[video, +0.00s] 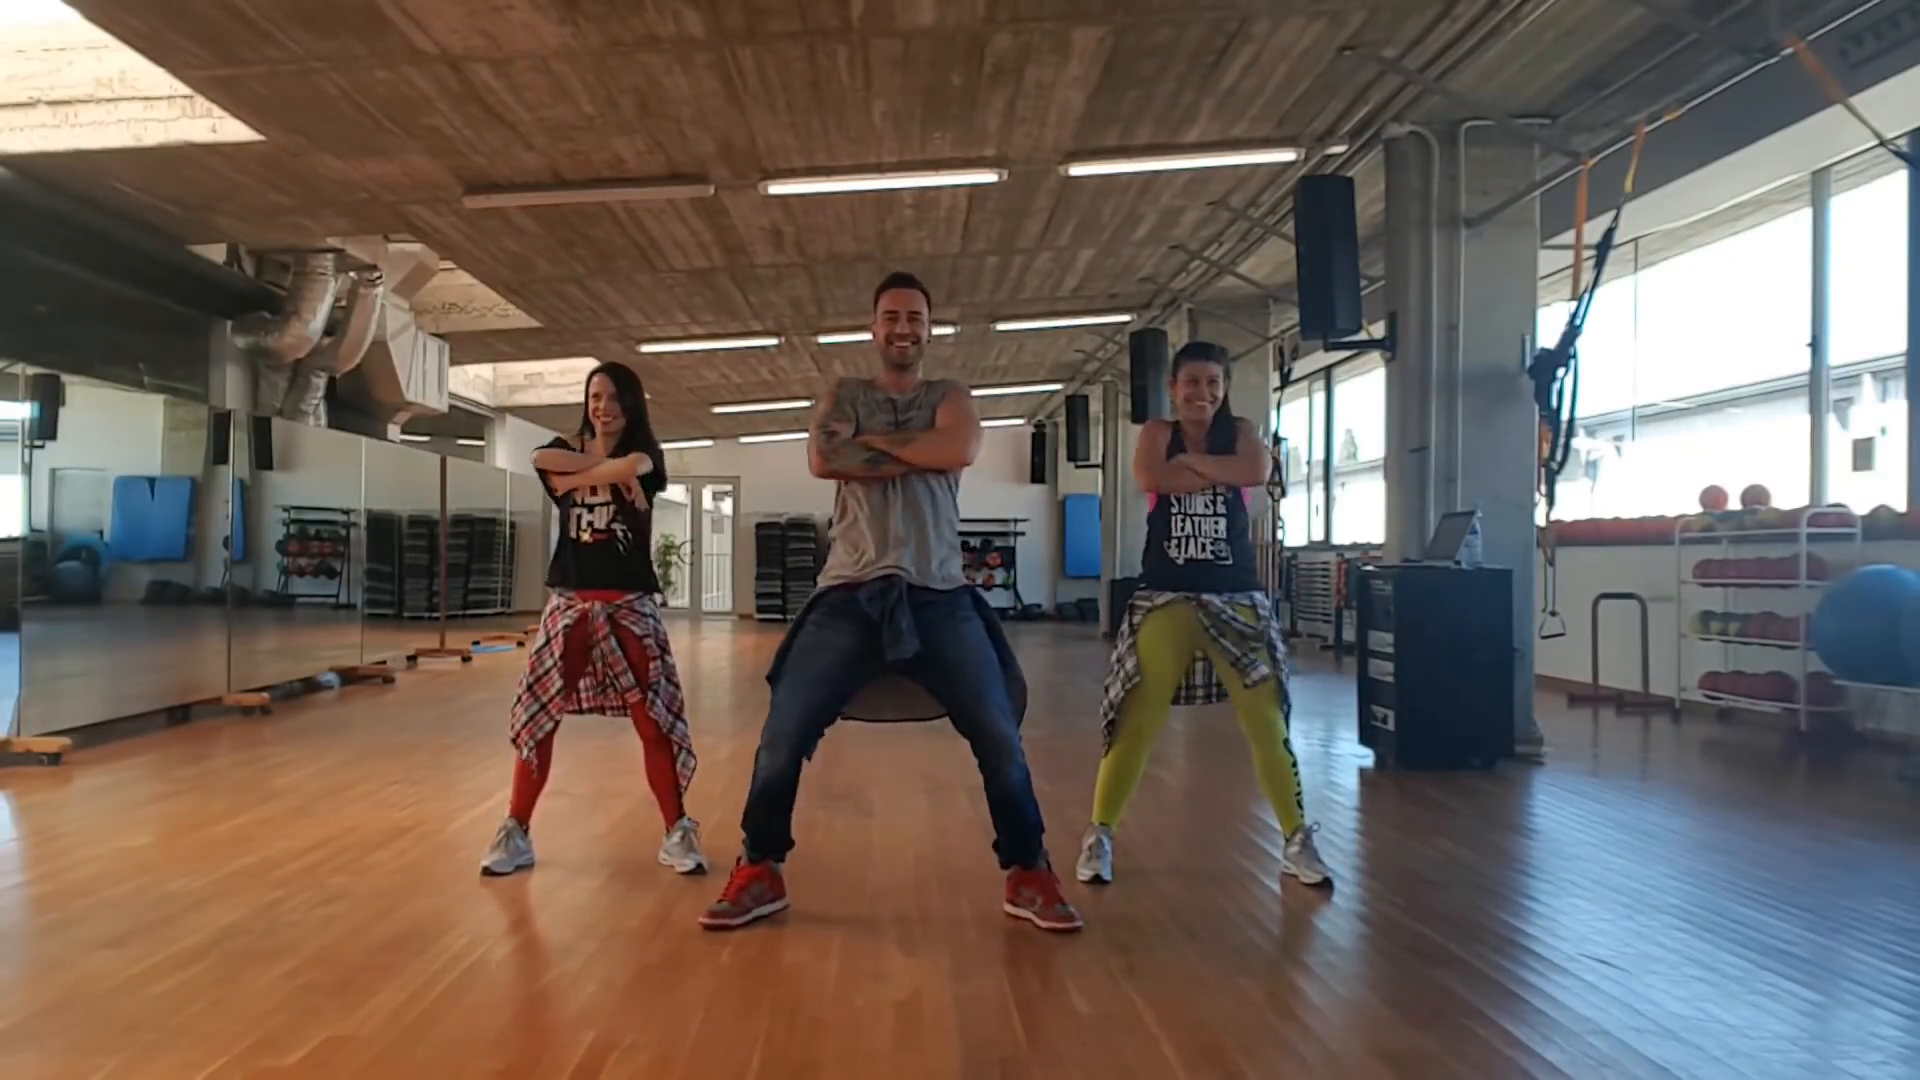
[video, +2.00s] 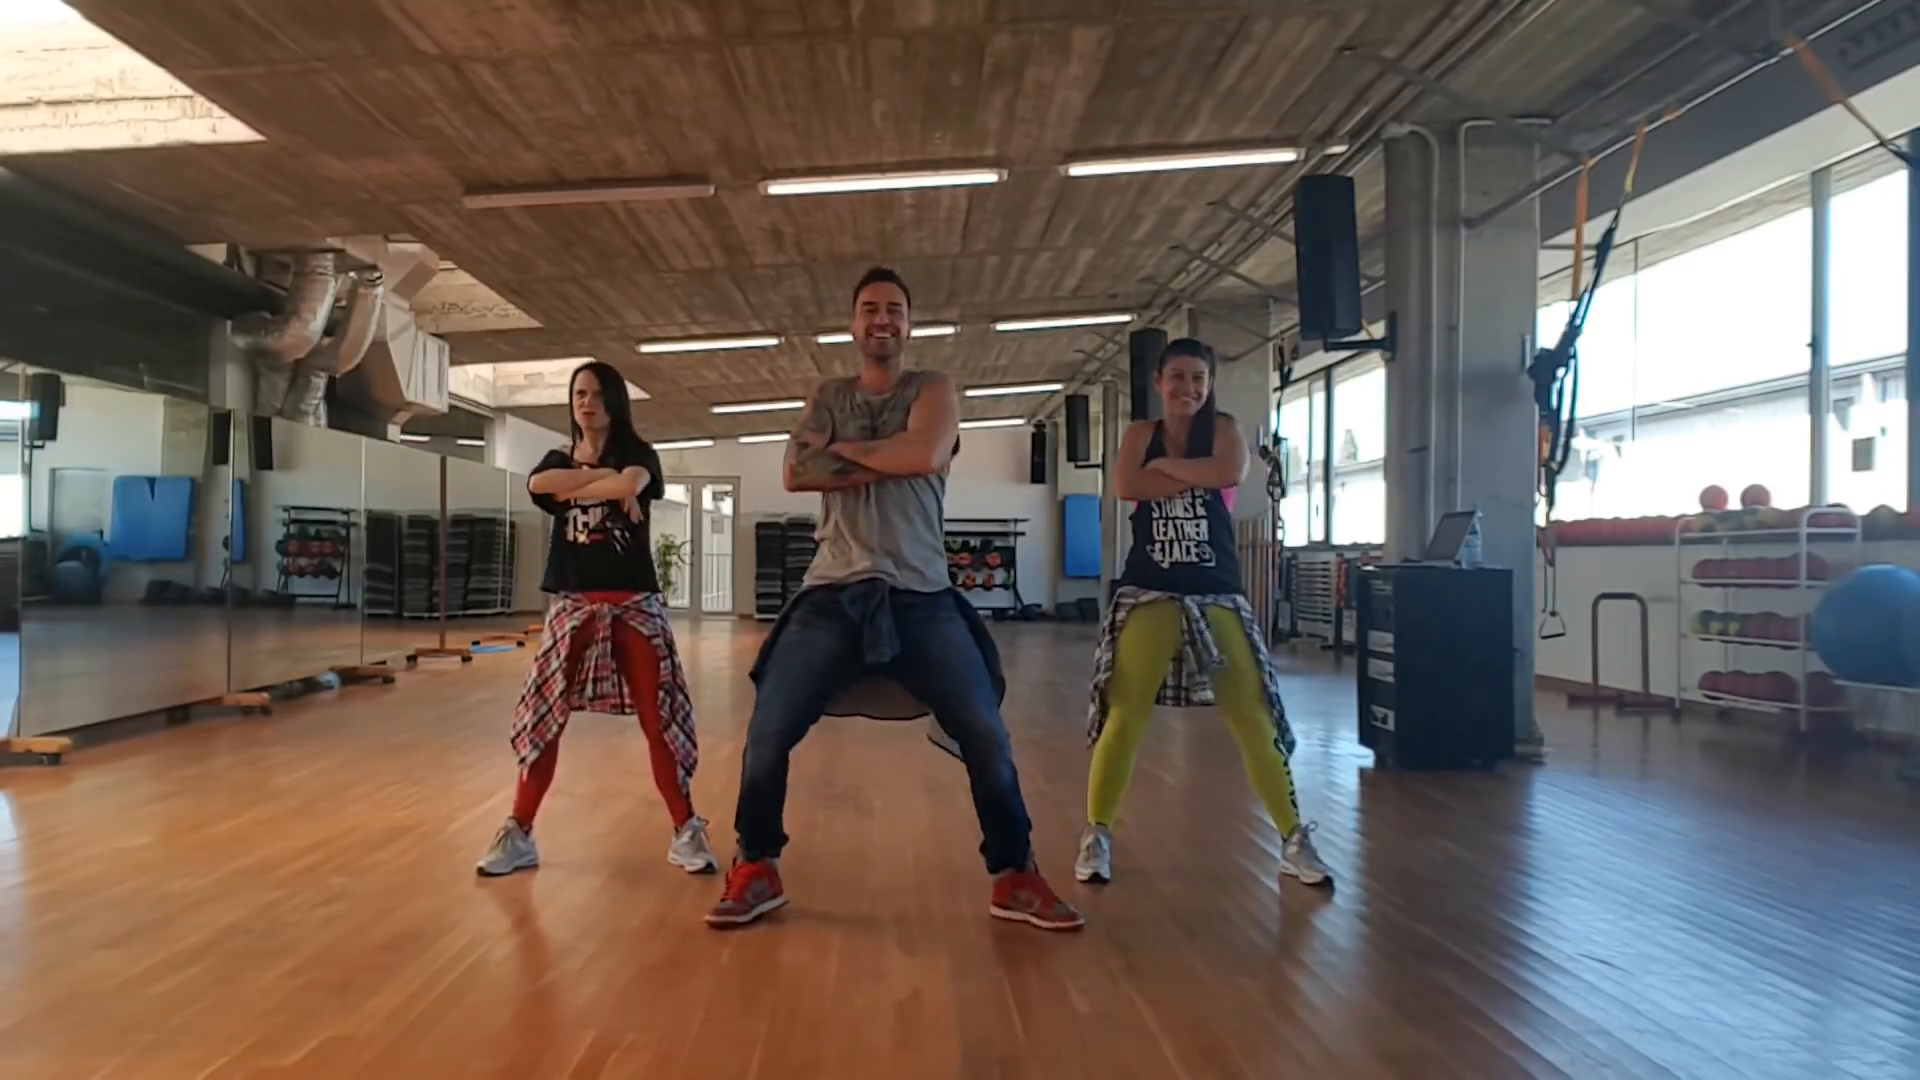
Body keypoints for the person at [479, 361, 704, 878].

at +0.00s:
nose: (602, 406)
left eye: (612, 398)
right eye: (595, 397)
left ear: (631, 405)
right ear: (586, 404)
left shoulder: (646, 455)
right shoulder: (567, 451)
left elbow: (629, 470)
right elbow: (541, 460)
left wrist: (573, 480)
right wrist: (601, 467)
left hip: (631, 602)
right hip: (569, 601)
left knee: (653, 720)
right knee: (537, 714)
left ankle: (678, 831)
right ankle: (516, 832)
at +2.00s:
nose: (588, 402)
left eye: (597, 395)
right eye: (580, 394)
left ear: (615, 402)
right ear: (571, 403)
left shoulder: (639, 454)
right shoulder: (559, 455)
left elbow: (627, 486)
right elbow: (538, 485)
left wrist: (568, 486)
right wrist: (609, 478)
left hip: (634, 599)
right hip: (572, 600)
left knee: (657, 718)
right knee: (547, 713)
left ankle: (687, 830)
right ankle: (519, 833)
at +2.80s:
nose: (604, 402)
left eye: (614, 395)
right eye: (597, 394)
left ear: (633, 403)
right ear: (587, 403)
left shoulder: (651, 459)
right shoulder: (570, 453)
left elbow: (643, 484)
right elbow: (552, 476)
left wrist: (581, 485)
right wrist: (624, 475)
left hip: (634, 601)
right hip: (572, 599)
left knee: (659, 716)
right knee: (543, 711)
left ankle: (686, 831)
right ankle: (519, 834)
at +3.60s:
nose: (634, 401)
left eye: (646, 397)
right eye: (629, 391)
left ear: (657, 412)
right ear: (614, 397)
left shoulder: (659, 465)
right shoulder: (578, 453)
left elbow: (646, 495)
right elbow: (557, 484)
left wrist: (585, 490)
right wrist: (630, 481)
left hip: (640, 605)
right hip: (577, 602)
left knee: (663, 719)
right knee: (547, 714)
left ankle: (687, 831)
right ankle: (520, 834)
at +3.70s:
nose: (622, 389)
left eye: (633, 384)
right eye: (615, 381)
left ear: (650, 401)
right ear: (603, 394)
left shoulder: (657, 458)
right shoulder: (575, 451)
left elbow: (643, 491)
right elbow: (554, 483)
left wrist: (583, 491)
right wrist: (626, 483)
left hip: (638, 604)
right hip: (575, 602)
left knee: (664, 720)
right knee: (545, 714)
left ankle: (687, 831)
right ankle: (519, 834)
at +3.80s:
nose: (605, 386)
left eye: (616, 380)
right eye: (598, 380)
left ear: (636, 395)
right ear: (588, 395)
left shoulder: (651, 456)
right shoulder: (569, 454)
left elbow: (636, 489)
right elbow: (547, 487)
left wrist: (578, 492)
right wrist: (621, 482)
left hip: (635, 602)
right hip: (573, 602)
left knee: (661, 719)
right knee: (543, 714)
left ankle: (688, 831)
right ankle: (519, 834)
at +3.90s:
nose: (599, 386)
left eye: (610, 380)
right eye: (591, 380)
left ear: (629, 395)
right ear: (581, 395)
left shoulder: (642, 455)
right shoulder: (559, 455)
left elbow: (631, 496)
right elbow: (538, 493)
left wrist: (571, 496)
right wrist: (606, 484)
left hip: (629, 603)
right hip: (568, 602)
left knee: (658, 719)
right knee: (539, 714)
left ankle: (687, 830)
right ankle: (519, 835)